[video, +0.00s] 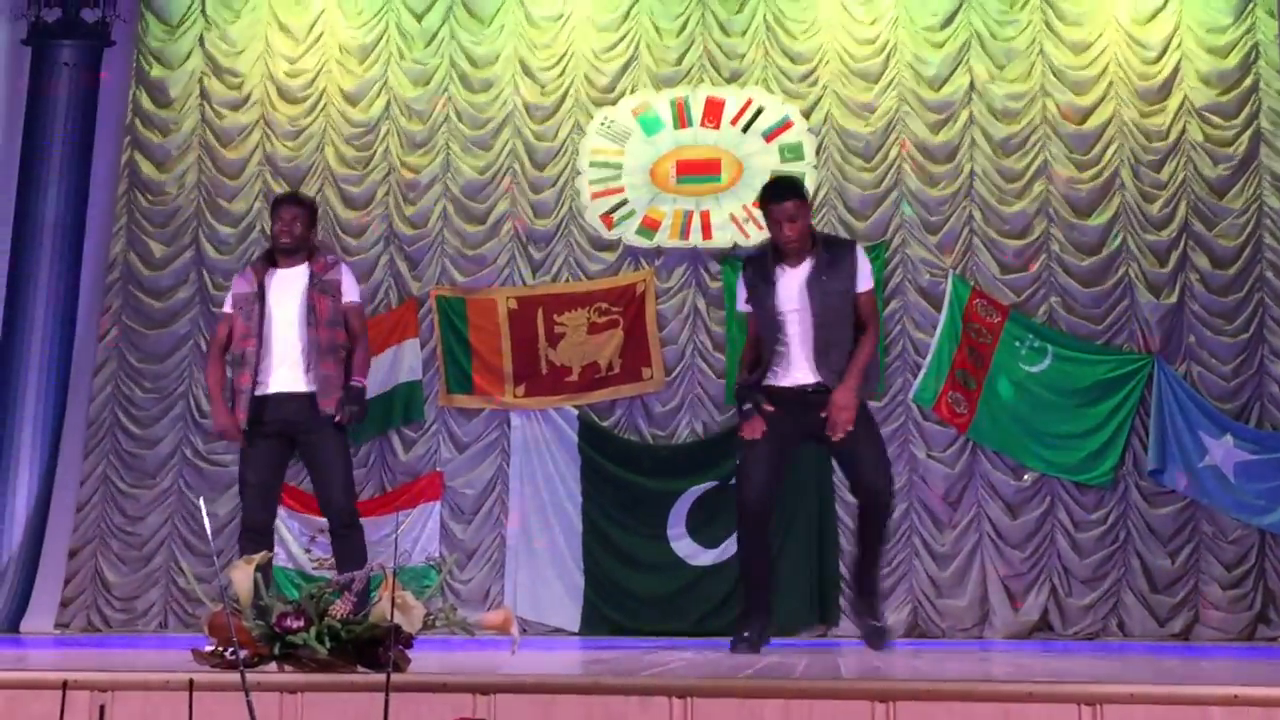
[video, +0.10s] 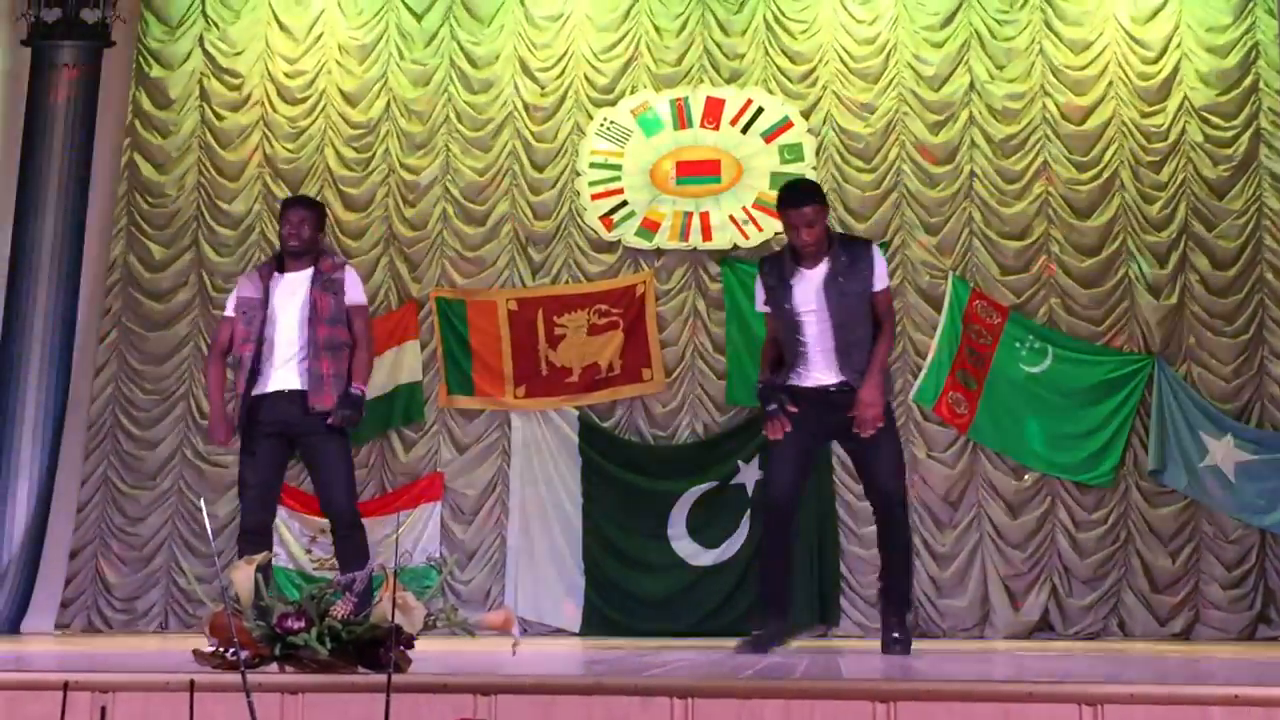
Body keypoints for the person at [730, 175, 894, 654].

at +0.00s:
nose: (788, 230)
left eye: (796, 218)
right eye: (778, 221)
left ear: (810, 215)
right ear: (765, 223)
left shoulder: (848, 257)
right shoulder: (754, 272)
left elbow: (870, 328)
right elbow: (754, 343)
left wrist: (850, 388)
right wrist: (746, 399)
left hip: (834, 399)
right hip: (774, 402)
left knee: (877, 493)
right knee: (752, 503)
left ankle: (865, 599)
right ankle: (754, 620)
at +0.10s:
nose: (807, 235)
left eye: (814, 224)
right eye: (797, 227)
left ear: (828, 219)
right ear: (783, 226)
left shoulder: (864, 257)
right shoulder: (772, 273)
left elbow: (886, 325)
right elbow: (774, 341)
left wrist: (873, 386)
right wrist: (770, 396)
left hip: (860, 399)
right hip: (799, 403)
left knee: (891, 501)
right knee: (775, 503)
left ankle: (896, 619)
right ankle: (771, 622)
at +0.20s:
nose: (833, 220)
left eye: (840, 210)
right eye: (824, 212)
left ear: (853, 204)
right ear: (811, 210)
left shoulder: (889, 239)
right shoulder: (795, 256)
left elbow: (912, 307)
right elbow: (794, 326)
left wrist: (910, 364)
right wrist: (798, 383)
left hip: (885, 382)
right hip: (827, 387)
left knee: (914, 482)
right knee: (816, 479)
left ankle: (907, 600)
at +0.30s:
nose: (871, 202)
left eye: (879, 193)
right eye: (863, 195)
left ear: (892, 189)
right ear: (850, 193)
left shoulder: (919, 226)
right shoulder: (828, 239)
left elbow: (939, 289)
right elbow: (823, 309)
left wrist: (945, 343)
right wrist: (836, 369)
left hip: (918, 368)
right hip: (863, 375)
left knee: (962, 461)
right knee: (878, 480)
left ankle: (967, 577)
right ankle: (911, 585)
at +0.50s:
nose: (912, 155)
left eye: (920, 145)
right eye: (902, 146)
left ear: (930, 146)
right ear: (885, 148)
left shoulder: (956, 190)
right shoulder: (862, 200)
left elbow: (966, 260)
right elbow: (856, 272)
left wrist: (981, 306)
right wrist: (857, 331)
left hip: (951, 334)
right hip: (891, 339)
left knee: (980, 444)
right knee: (892, 448)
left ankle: (1012, 561)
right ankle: (911, 553)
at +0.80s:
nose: (926, 121)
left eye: (935, 112)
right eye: (917, 114)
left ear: (950, 121)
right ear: (906, 124)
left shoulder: (984, 177)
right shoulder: (885, 188)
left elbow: (997, 257)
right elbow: (880, 266)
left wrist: (974, 262)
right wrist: (893, 270)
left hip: (969, 325)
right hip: (910, 325)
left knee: (996, 438)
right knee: (872, 433)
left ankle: (1022, 557)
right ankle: (835, 551)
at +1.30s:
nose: (881, 149)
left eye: (890, 144)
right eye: (873, 144)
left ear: (906, 159)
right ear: (860, 160)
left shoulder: (934, 213)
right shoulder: (836, 217)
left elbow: (939, 289)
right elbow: (833, 293)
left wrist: (953, 276)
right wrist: (828, 277)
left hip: (919, 356)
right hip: (858, 358)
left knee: (958, 467)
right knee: (832, 469)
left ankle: (996, 587)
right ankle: (803, 589)